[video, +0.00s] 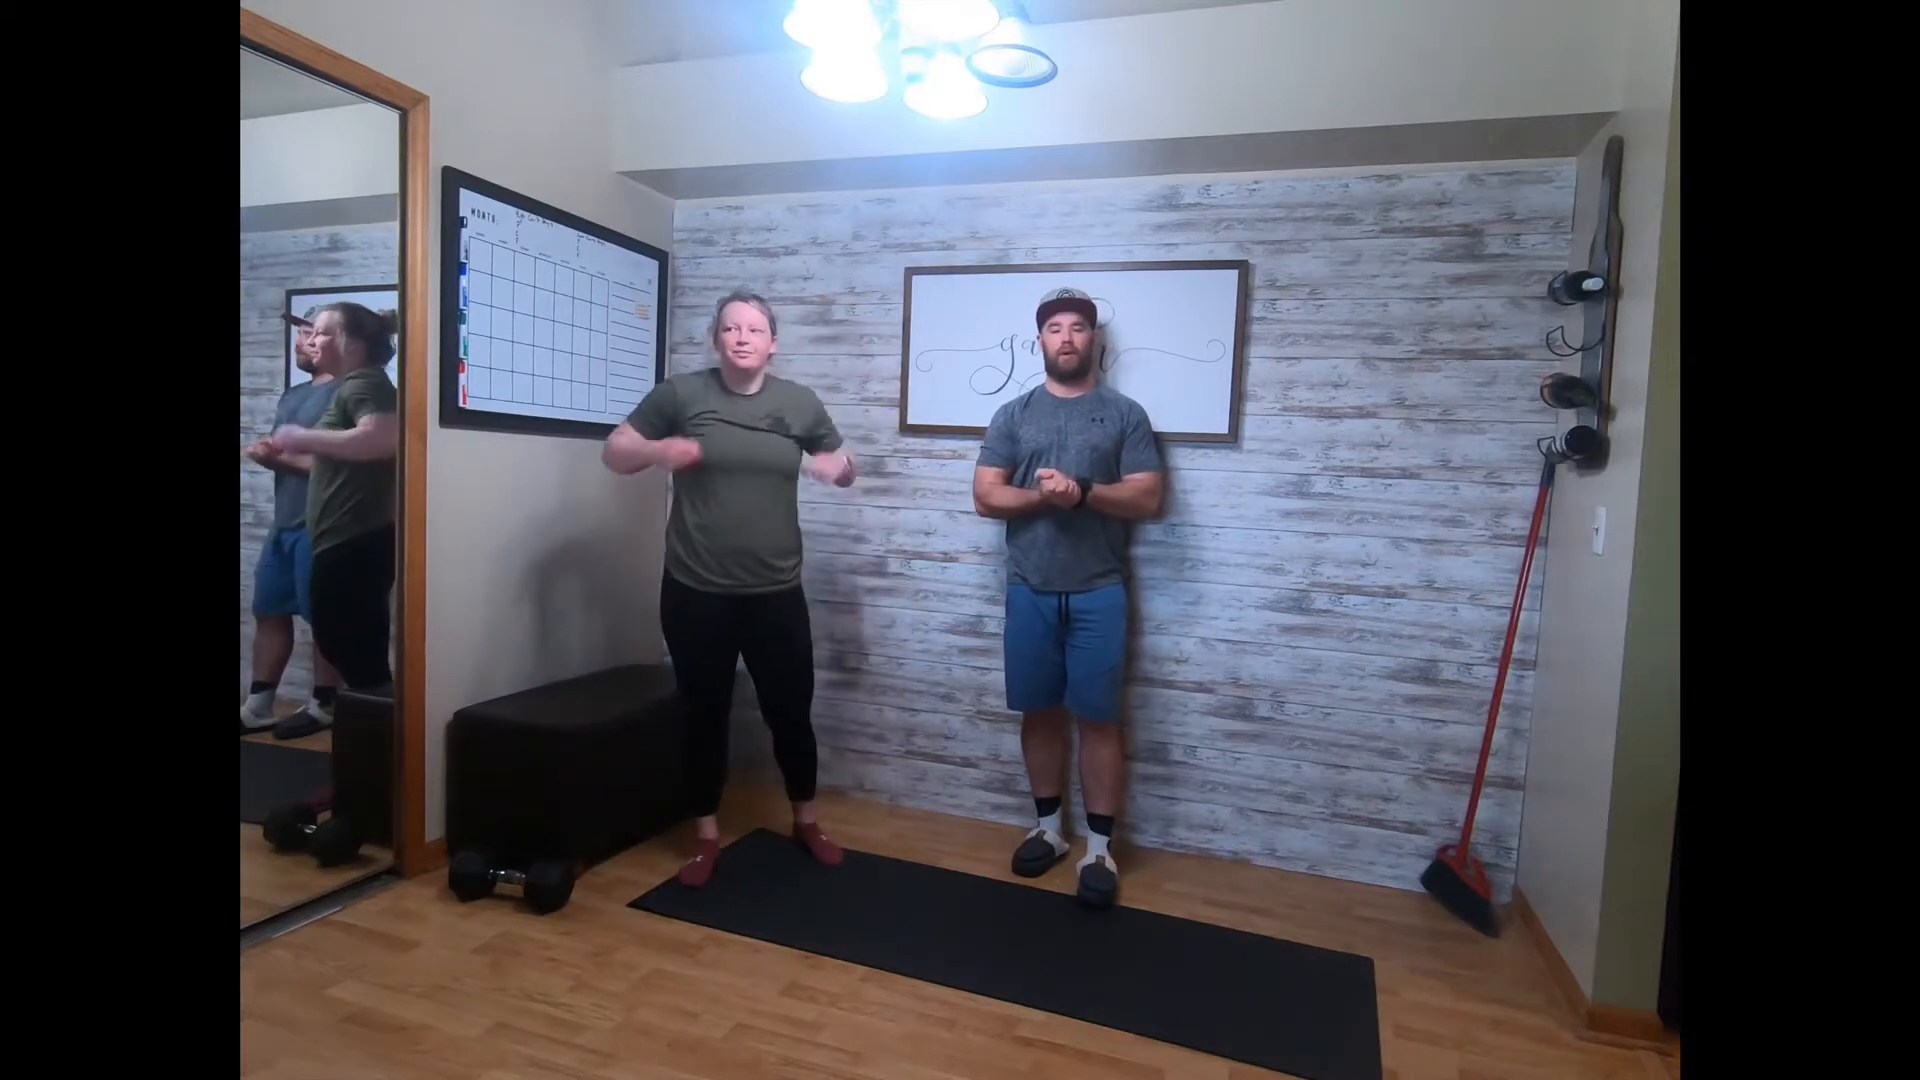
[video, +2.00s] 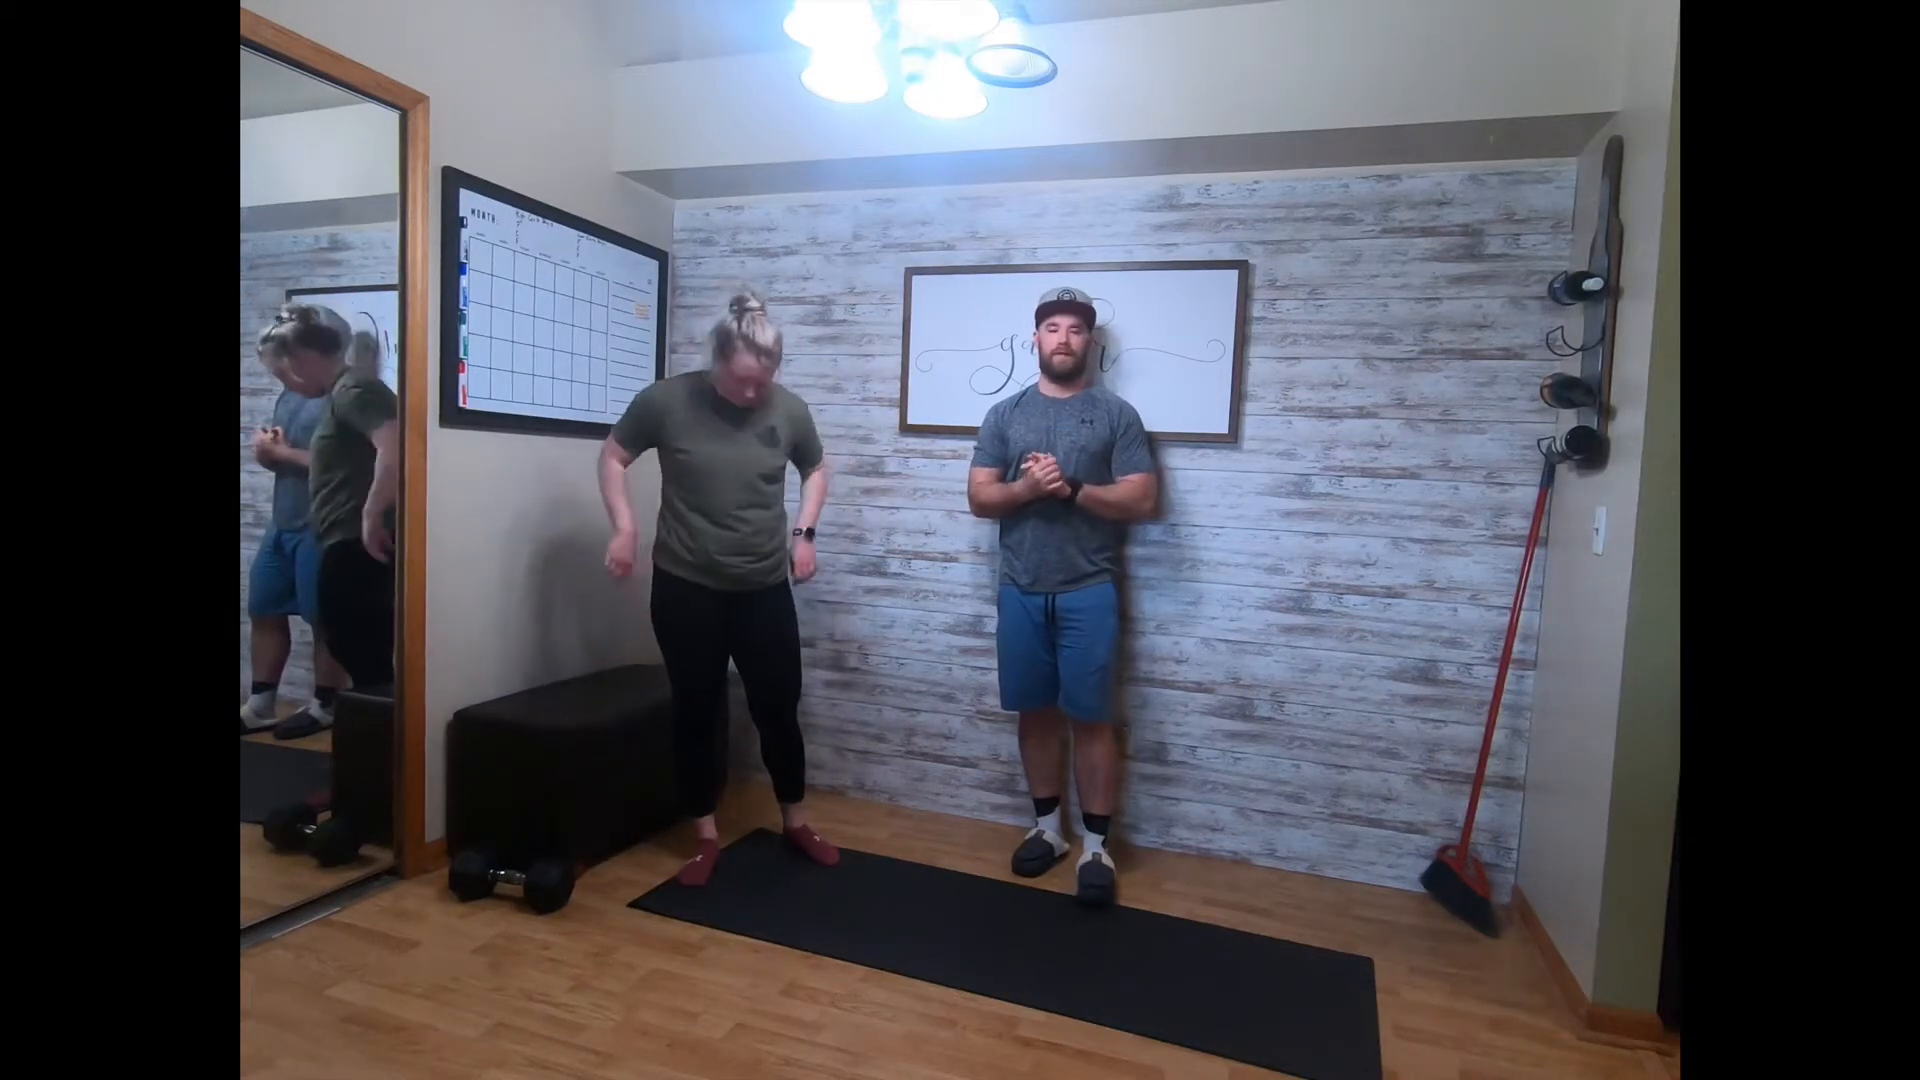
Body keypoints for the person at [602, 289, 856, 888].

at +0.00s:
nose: (743, 338)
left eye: (754, 330)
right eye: (732, 329)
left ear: (773, 343)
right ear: (715, 340)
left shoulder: (798, 404)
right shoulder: (681, 393)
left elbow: (844, 469)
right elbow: (615, 453)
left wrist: (836, 467)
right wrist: (659, 451)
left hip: (775, 590)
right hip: (696, 587)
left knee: (792, 715)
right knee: (703, 716)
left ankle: (808, 823)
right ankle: (706, 836)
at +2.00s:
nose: (751, 392)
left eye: (761, 381)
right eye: (741, 380)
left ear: (775, 367)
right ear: (717, 359)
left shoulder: (788, 410)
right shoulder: (667, 401)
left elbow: (816, 470)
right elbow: (613, 456)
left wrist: (805, 531)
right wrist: (624, 528)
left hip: (764, 587)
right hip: (686, 586)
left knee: (779, 709)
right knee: (696, 713)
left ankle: (797, 824)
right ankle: (707, 838)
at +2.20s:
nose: (756, 395)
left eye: (766, 385)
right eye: (747, 385)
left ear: (782, 372)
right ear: (724, 364)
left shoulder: (795, 416)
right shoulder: (672, 404)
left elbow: (800, 473)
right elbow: (620, 457)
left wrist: (757, 509)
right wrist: (672, 508)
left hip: (765, 588)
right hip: (689, 585)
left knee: (780, 710)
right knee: (698, 711)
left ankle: (797, 825)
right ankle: (708, 838)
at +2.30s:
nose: (760, 399)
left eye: (770, 389)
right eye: (751, 387)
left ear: (785, 374)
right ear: (726, 365)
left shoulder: (795, 419)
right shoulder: (671, 407)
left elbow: (794, 480)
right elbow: (636, 472)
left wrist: (753, 509)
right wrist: (688, 512)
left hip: (766, 589)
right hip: (690, 587)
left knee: (781, 709)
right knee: (699, 711)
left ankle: (795, 823)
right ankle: (706, 837)